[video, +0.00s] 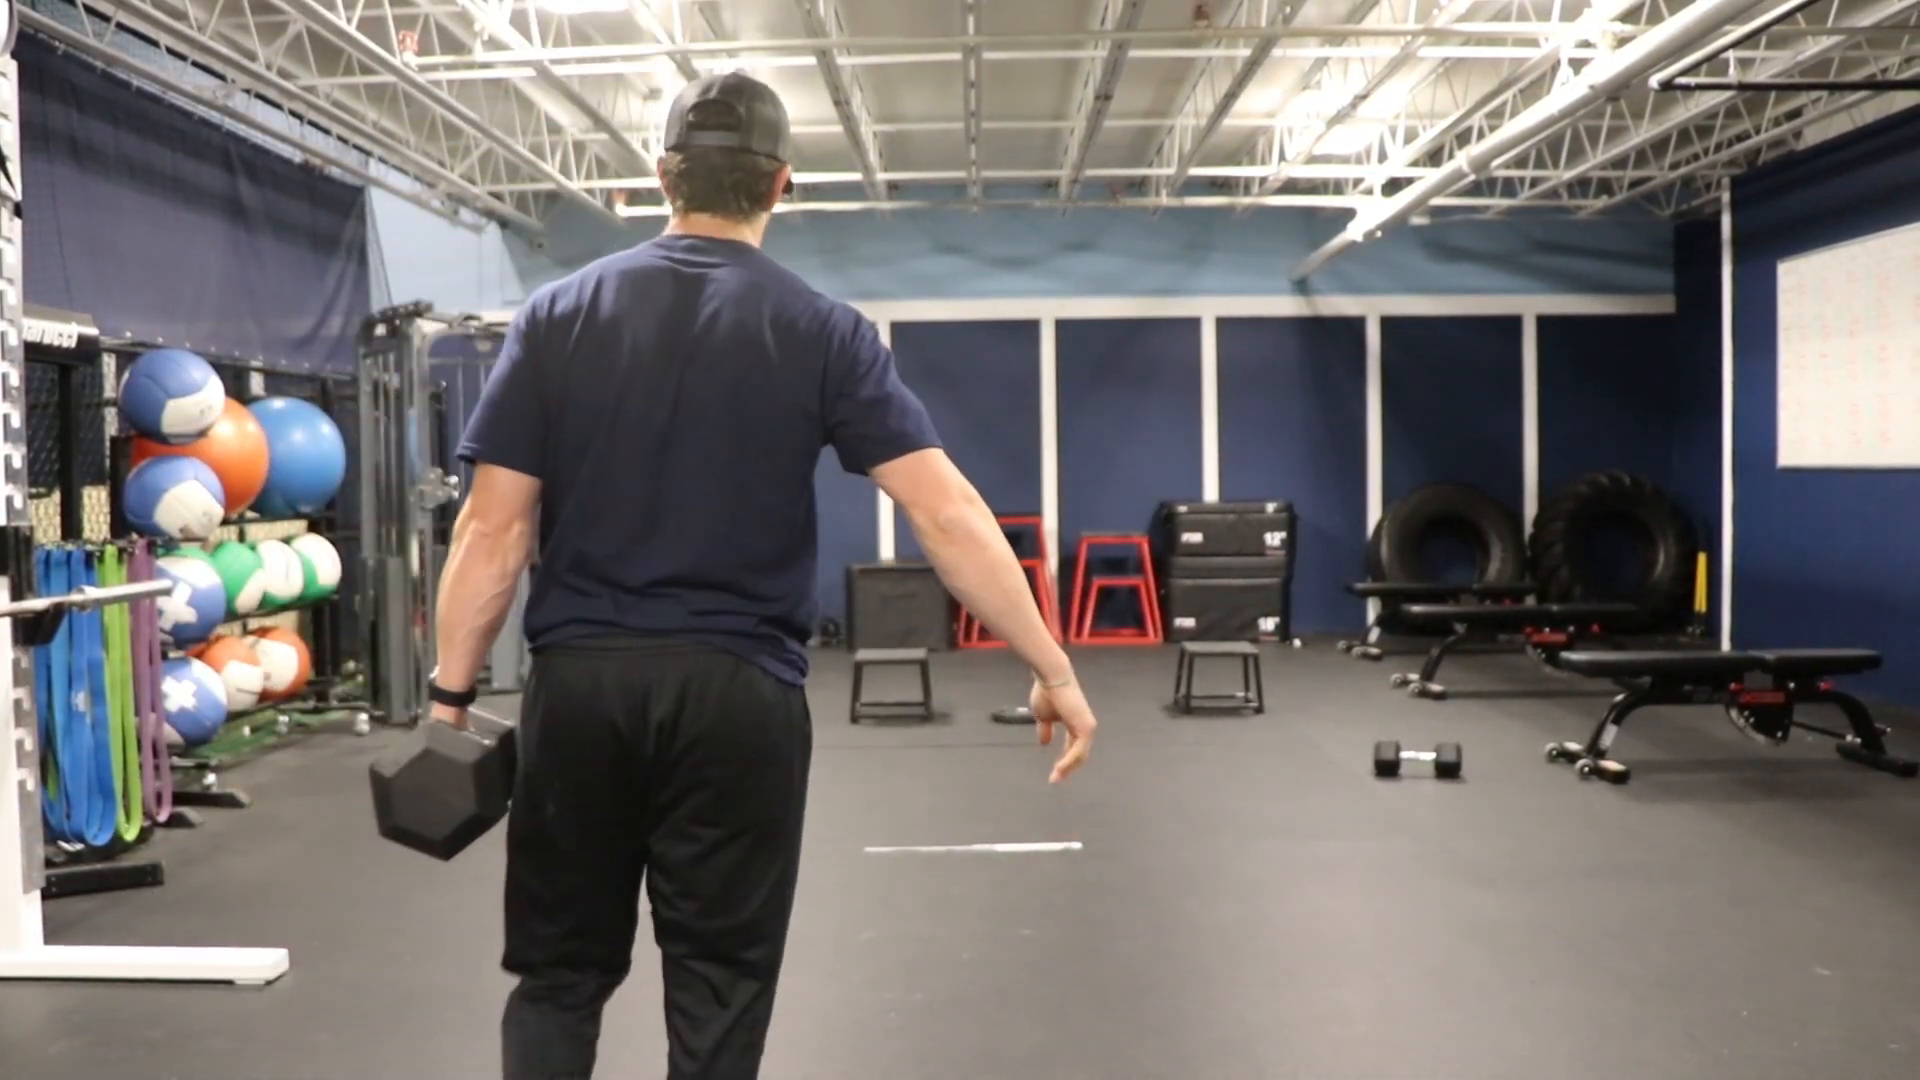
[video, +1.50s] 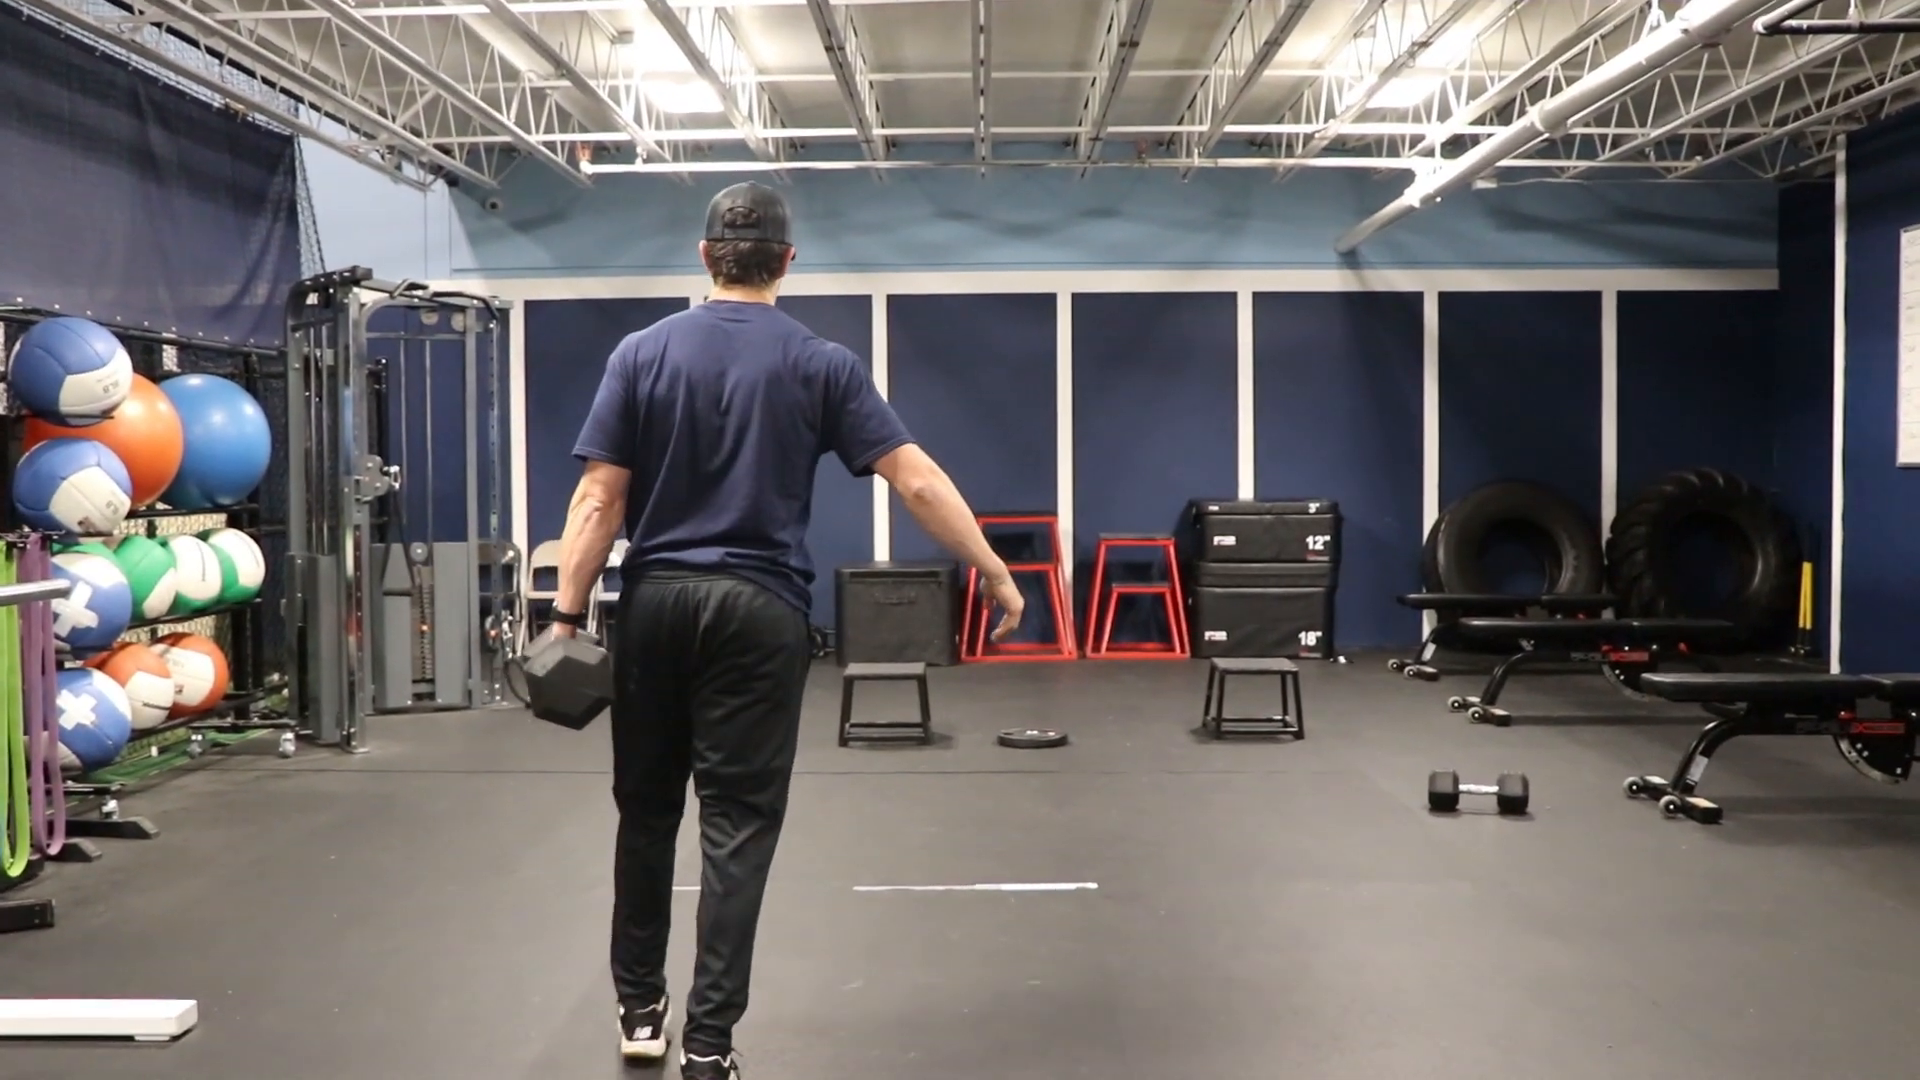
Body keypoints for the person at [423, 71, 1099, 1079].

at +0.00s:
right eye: (779, 171)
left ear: (660, 178)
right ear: (779, 187)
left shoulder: (557, 315)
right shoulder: (821, 329)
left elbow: (496, 520)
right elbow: (943, 507)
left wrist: (446, 700)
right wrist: (1051, 664)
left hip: (579, 689)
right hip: (740, 694)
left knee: (555, 980)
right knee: (720, 996)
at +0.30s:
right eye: (778, 195)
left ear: (673, 209)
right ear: (783, 209)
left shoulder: (591, 336)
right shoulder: (826, 343)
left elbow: (538, 527)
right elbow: (954, 503)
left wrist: (507, 684)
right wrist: (1025, 615)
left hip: (615, 656)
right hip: (754, 663)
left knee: (625, 926)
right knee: (734, 932)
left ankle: (643, 1071)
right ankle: (713, 1075)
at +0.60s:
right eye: (755, 222)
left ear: (660, 229)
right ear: (754, 230)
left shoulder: (594, 349)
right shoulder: (797, 339)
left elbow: (552, 530)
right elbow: (916, 461)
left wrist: (529, 656)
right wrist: (1026, 569)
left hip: (632, 642)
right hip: (758, 643)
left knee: (649, 874)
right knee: (781, 867)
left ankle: (662, 1067)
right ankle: (726, 1066)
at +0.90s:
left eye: (677, 232)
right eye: (756, 236)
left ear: (667, 241)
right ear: (757, 243)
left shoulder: (602, 352)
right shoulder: (799, 346)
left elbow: (557, 521)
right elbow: (907, 463)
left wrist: (534, 643)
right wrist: (1015, 570)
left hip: (641, 631)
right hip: (764, 633)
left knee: (639, 865)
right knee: (767, 850)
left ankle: (641, 1069)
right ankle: (770, 1042)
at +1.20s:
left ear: (702, 258)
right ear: (788, 262)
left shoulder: (636, 356)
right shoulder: (821, 364)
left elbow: (587, 508)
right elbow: (917, 487)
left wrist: (549, 631)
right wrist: (1007, 589)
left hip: (652, 623)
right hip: (768, 630)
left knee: (631, 843)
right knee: (744, 841)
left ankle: (612, 1037)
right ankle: (714, 1046)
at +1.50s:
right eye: (784, 253)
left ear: (705, 259)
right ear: (786, 263)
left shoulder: (641, 354)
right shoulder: (820, 362)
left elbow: (599, 497)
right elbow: (912, 475)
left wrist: (568, 611)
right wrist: (994, 569)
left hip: (652, 606)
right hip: (759, 612)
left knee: (646, 810)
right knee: (738, 823)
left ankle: (639, 1009)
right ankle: (707, 1044)